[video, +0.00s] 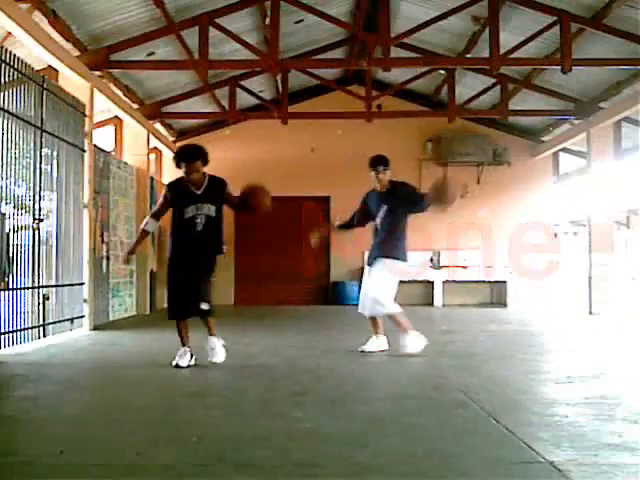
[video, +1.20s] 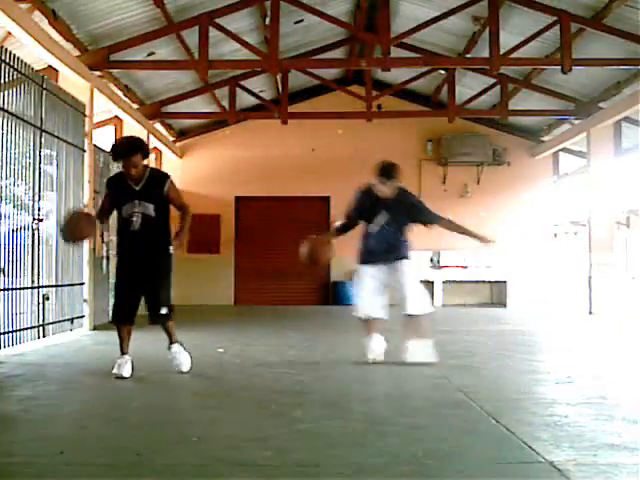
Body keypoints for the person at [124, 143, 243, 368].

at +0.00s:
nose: (191, 176)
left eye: (195, 171)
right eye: (187, 172)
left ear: (204, 168)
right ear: (182, 169)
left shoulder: (218, 186)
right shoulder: (175, 189)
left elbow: (237, 205)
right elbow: (155, 218)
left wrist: (254, 200)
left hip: (206, 252)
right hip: (180, 252)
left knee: (202, 300)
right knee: (178, 302)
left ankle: (214, 339)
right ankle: (185, 348)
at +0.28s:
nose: (182, 176)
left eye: (186, 171)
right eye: (178, 171)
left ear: (196, 167)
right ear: (174, 168)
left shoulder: (209, 188)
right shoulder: (164, 186)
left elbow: (220, 219)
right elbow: (149, 223)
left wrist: (229, 205)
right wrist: (148, 257)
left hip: (197, 254)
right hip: (170, 254)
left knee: (193, 303)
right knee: (174, 303)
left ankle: (190, 350)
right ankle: (183, 347)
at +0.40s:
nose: (181, 175)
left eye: (185, 171)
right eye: (177, 170)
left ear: (195, 167)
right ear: (173, 167)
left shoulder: (205, 190)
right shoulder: (161, 187)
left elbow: (208, 224)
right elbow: (152, 226)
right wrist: (155, 258)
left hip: (196, 253)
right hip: (169, 255)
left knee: (194, 302)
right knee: (174, 303)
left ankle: (189, 350)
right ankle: (183, 347)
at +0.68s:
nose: (169, 174)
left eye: (173, 170)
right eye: (166, 169)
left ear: (184, 167)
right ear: (160, 166)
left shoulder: (194, 190)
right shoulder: (151, 187)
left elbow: (204, 229)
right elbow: (138, 218)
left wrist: (178, 249)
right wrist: (124, 237)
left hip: (191, 252)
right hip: (162, 252)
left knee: (190, 305)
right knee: (157, 304)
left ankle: (188, 352)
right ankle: (160, 345)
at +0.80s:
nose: (160, 171)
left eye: (165, 166)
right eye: (157, 166)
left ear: (176, 164)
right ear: (152, 164)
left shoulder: (190, 187)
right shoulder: (146, 184)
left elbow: (210, 218)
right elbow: (131, 208)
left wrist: (185, 235)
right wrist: (124, 212)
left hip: (185, 254)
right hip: (156, 253)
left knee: (187, 306)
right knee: (143, 304)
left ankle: (187, 353)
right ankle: (136, 354)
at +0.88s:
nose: (151, 167)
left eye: (156, 162)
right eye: (148, 162)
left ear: (167, 161)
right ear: (143, 161)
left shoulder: (182, 184)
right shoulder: (137, 184)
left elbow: (211, 207)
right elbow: (113, 203)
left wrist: (197, 226)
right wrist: (98, 202)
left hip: (177, 255)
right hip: (148, 255)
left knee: (183, 306)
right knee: (134, 306)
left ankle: (186, 353)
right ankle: (125, 356)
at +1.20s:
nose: (130, 171)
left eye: (135, 166)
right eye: (126, 166)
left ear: (145, 160)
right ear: (120, 163)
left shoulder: (161, 181)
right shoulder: (115, 184)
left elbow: (184, 209)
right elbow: (103, 215)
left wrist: (183, 230)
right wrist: (91, 217)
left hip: (157, 254)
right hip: (128, 255)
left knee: (161, 307)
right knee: (123, 309)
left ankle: (175, 345)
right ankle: (124, 357)